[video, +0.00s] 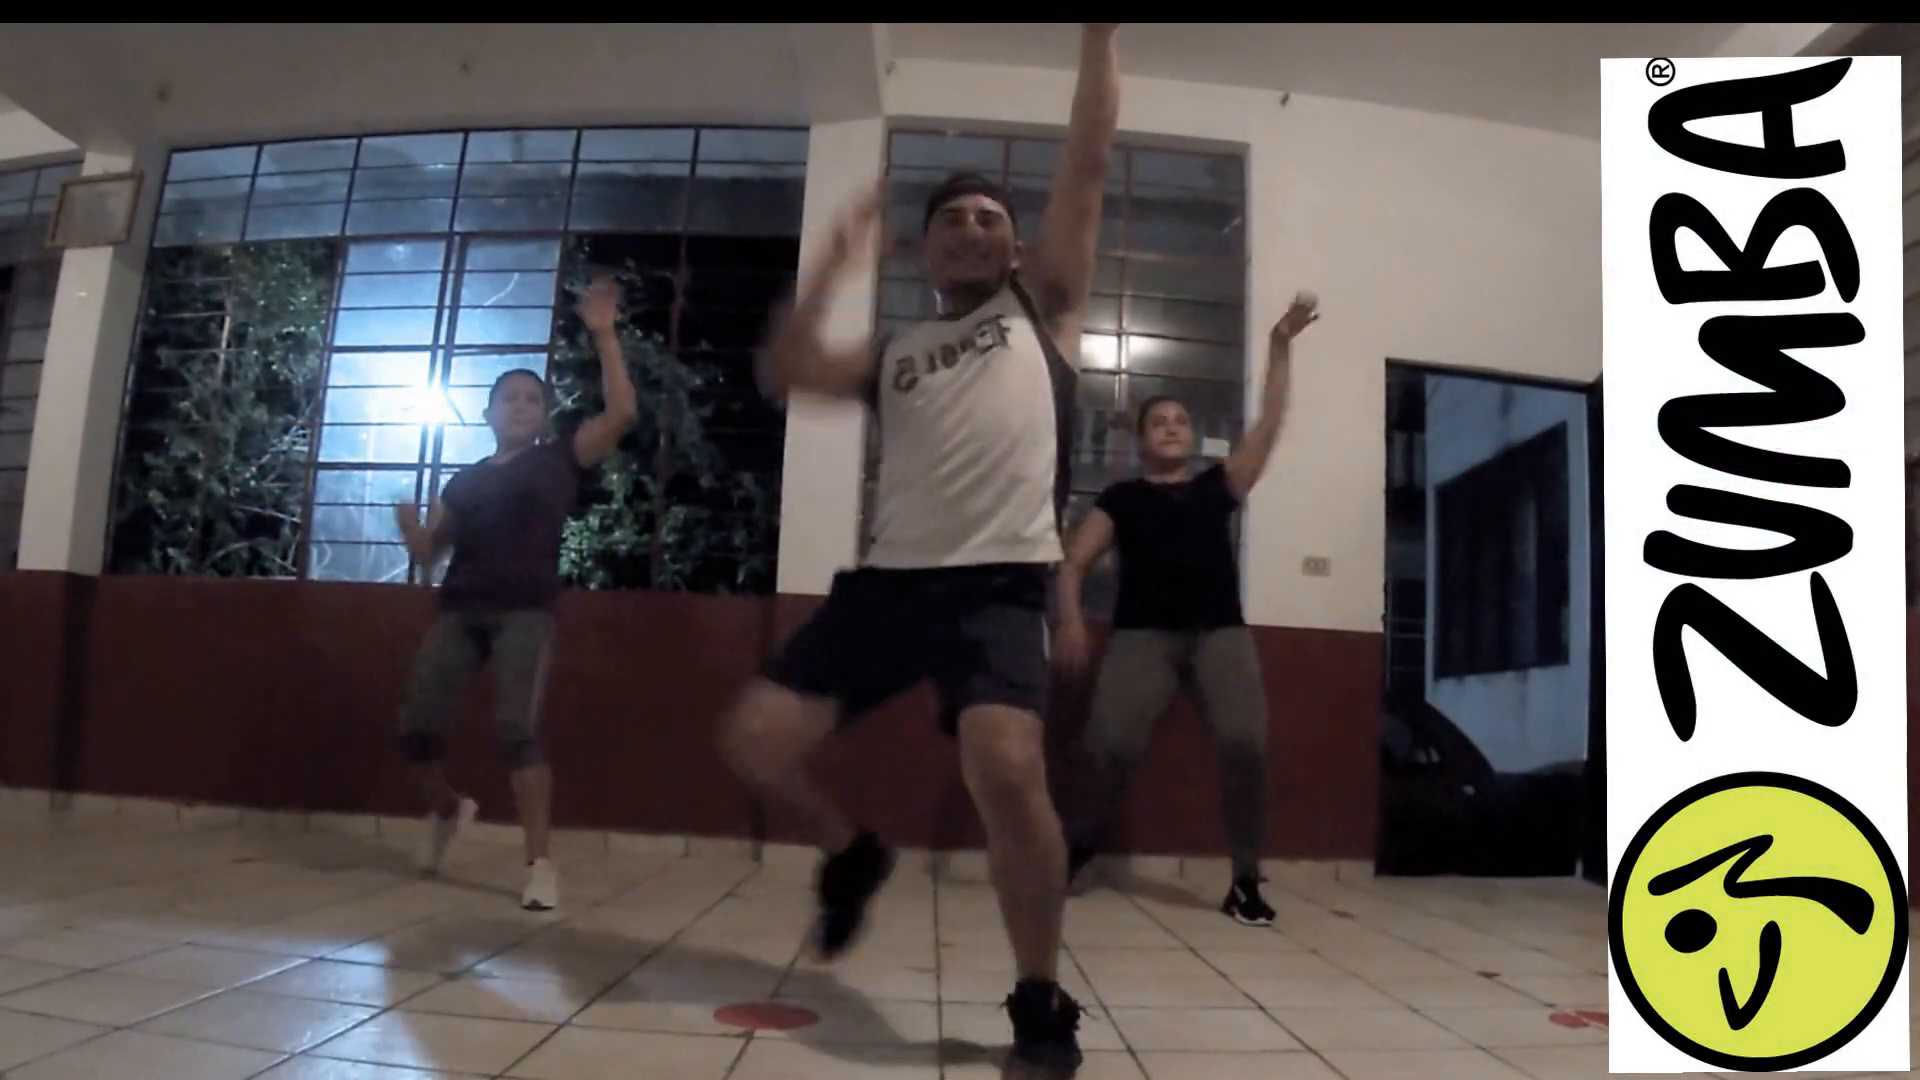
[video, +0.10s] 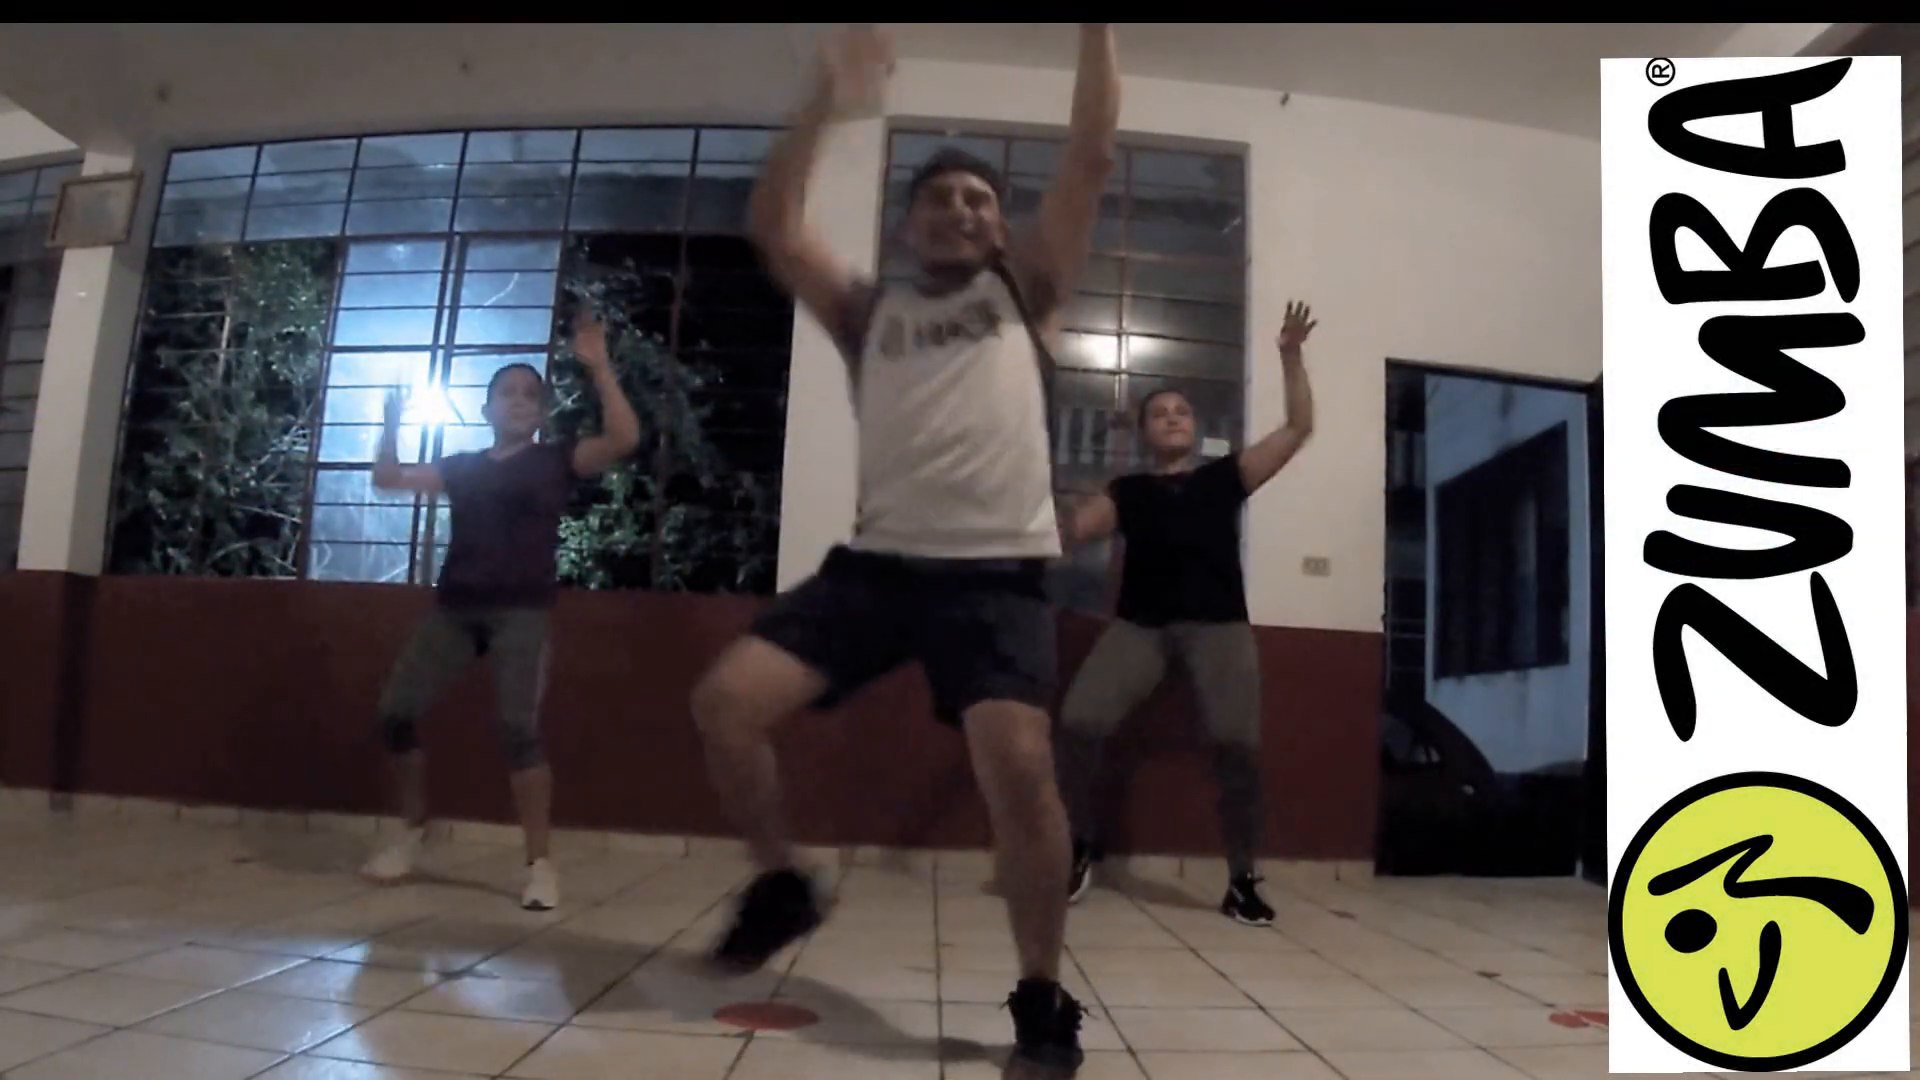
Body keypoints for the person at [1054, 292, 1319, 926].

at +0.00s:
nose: (1170, 430)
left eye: (1179, 423)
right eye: (1159, 423)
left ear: (1193, 436)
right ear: (1140, 438)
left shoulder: (1219, 485)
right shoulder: (1123, 498)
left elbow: (1269, 423)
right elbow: (1071, 562)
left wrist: (1280, 345)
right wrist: (1069, 626)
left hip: (1219, 635)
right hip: (1142, 637)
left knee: (1244, 741)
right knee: (1109, 743)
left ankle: (1247, 880)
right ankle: (1073, 857)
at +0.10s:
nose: (1173, 419)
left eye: (1182, 413)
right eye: (1162, 413)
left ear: (1198, 429)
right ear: (1144, 431)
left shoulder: (1225, 478)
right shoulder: (1127, 491)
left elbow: (1299, 428)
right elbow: (1076, 527)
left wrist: (1292, 355)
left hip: (1218, 626)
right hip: (1139, 626)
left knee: (1236, 743)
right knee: (1080, 723)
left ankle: (1243, 880)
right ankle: (1079, 849)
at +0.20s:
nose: (1167, 410)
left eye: (1175, 403)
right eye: (1155, 405)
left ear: (1190, 417)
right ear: (1135, 422)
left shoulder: (1221, 467)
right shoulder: (1122, 476)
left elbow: (1306, 448)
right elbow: (1058, 474)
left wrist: (1297, 374)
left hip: (1210, 619)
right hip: (1133, 616)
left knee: (1227, 737)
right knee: (1075, 716)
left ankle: (1242, 878)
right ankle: (1044, 857)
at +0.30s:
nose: (1156, 406)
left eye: (1164, 401)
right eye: (1143, 401)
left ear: (1179, 419)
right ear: (1122, 421)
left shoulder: (1207, 475)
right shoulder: (1110, 471)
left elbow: (1290, 487)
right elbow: (1066, 411)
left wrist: (1296, 423)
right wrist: (1078, 336)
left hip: (1197, 614)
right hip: (1120, 611)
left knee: (1219, 740)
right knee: (1077, 730)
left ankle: (1241, 876)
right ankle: (1029, 860)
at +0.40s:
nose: (1145, 417)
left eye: (1154, 411)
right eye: (1134, 410)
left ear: (1166, 428)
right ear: (1114, 424)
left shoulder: (1185, 492)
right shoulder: (1095, 477)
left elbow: (1242, 548)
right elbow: (1071, 396)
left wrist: (1261, 508)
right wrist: (1083, 323)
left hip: (1178, 625)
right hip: (1100, 622)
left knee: (1207, 746)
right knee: (1069, 740)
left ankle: (1237, 878)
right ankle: (1036, 870)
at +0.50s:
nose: (1140, 414)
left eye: (1149, 409)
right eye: (1129, 407)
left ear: (1159, 429)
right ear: (1106, 423)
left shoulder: (1167, 498)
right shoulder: (1084, 470)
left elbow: (1164, 580)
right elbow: (1055, 390)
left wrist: (1206, 577)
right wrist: (1088, 327)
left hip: (1160, 628)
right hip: (1087, 624)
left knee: (1205, 739)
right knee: (1064, 743)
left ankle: (1234, 877)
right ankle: (1030, 872)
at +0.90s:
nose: (1146, 428)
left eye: (1153, 420)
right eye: (1134, 421)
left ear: (1165, 434)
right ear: (1114, 436)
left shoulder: (1178, 503)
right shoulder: (1101, 490)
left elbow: (1176, 554)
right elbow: (1055, 479)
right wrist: (1080, 423)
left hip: (1171, 634)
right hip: (1107, 630)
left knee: (1173, 748)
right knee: (1080, 744)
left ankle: (1157, 859)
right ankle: (1034, 865)